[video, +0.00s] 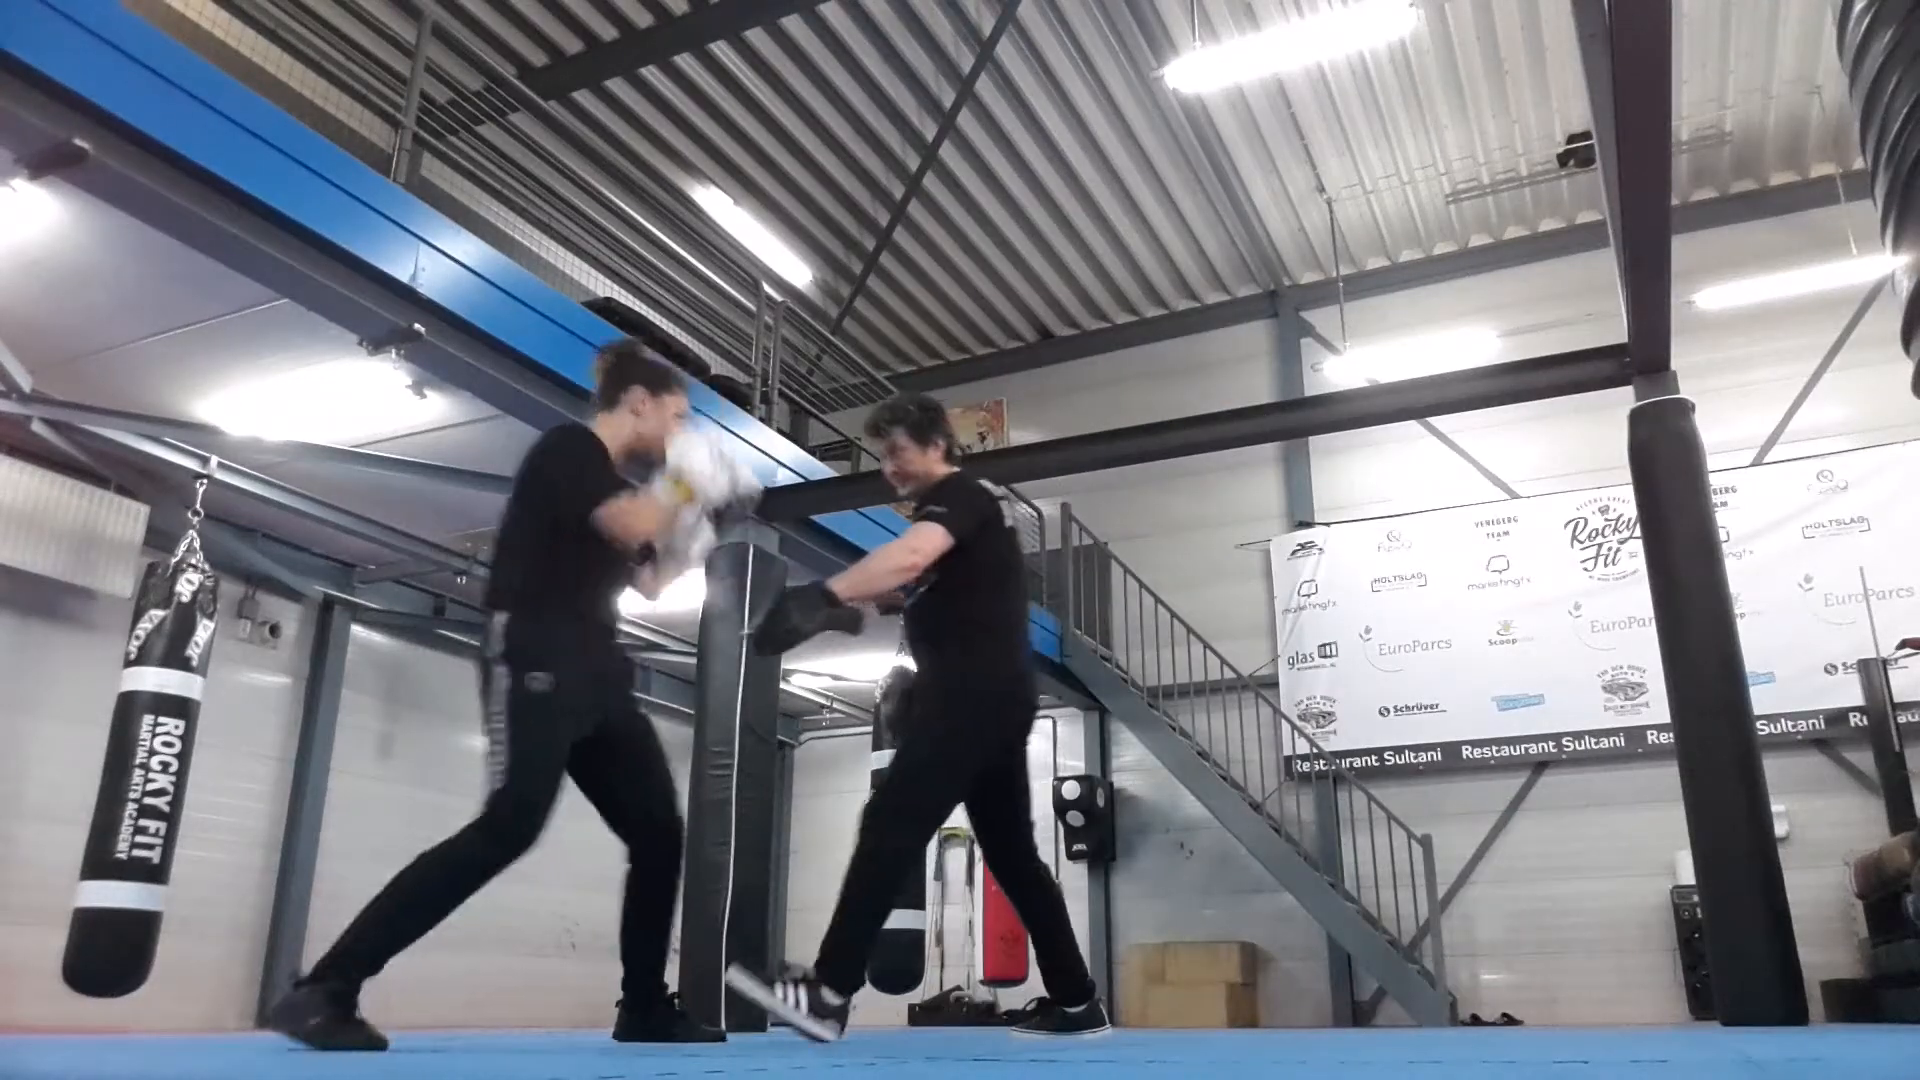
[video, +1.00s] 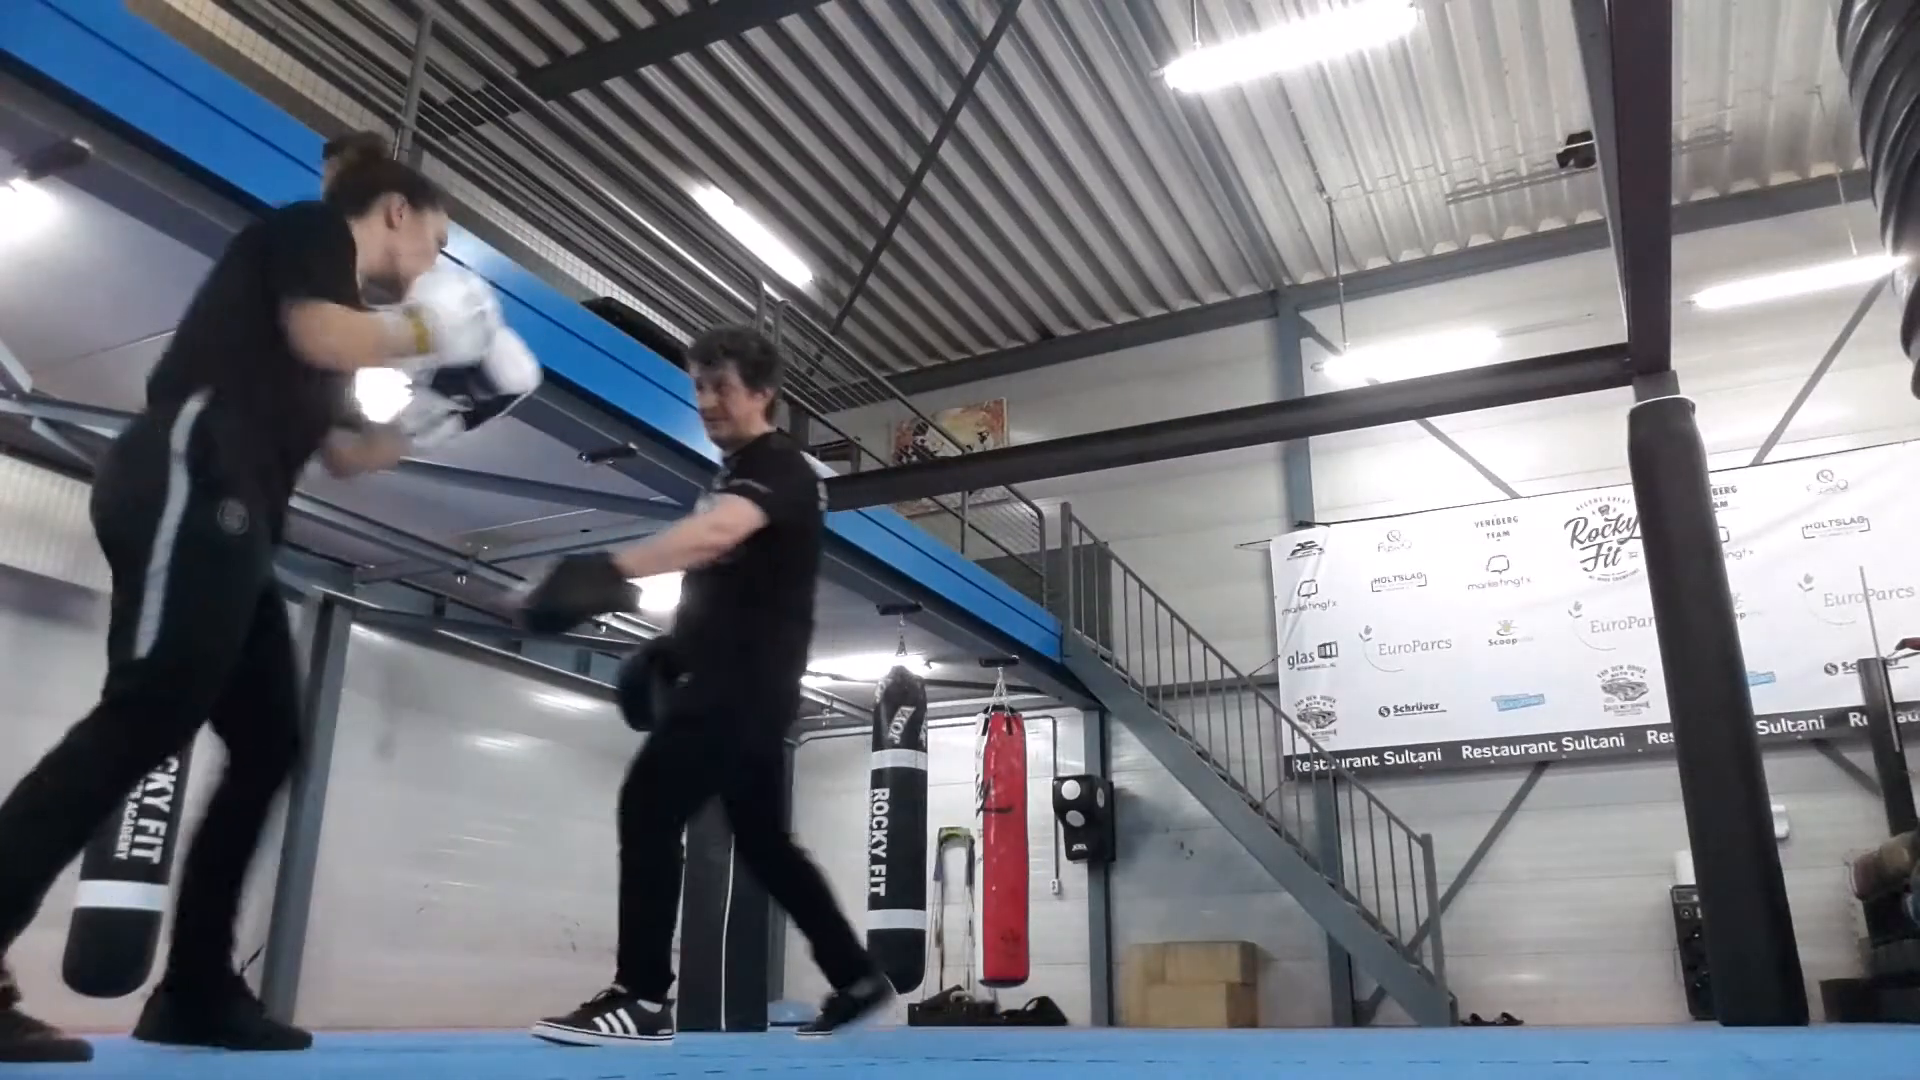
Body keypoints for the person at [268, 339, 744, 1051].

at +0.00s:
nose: (678, 431)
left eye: (682, 419)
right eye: (676, 415)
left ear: (635, 408)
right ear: (637, 401)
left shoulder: (612, 479)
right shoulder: (571, 447)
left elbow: (650, 583)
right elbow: (627, 524)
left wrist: (680, 521)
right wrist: (679, 484)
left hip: (589, 663)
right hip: (534, 655)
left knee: (658, 834)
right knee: (508, 827)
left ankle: (646, 1007)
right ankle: (325, 989)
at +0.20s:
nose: (624, 348)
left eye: (626, 337)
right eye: (621, 333)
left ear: (583, 322)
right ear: (586, 313)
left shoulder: (556, 397)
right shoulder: (524, 346)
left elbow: (603, 503)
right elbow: (602, 418)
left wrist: (668, 441)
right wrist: (646, 385)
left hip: (508, 575)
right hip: (451, 556)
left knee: (571, 762)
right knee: (441, 750)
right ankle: (298, 969)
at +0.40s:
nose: (568, 341)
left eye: (571, 326)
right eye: (565, 321)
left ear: (520, 307)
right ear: (521, 304)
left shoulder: (491, 392)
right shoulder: (450, 344)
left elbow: (481, 528)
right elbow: (494, 442)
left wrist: (586, 506)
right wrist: (567, 414)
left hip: (433, 604)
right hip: (387, 581)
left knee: (468, 812)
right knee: (320, 759)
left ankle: (357, 1002)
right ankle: (88, 946)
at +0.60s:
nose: (516, 319)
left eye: (519, 303)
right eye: (513, 298)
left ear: (467, 284)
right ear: (472, 277)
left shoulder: (426, 362)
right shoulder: (379, 298)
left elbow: (370, 482)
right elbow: (394, 395)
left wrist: (462, 498)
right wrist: (491, 385)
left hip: (350, 584)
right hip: (285, 557)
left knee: (390, 779)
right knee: (208, 750)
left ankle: (361, 985)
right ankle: (16, 970)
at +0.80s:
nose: (477, 241)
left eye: (482, 228)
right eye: (474, 218)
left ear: (432, 214)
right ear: (432, 190)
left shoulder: (397, 294)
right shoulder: (360, 198)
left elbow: (359, 434)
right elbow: (383, 278)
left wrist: (468, 411)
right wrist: (480, 287)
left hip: (296, 486)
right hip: (239, 441)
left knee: (346, 727)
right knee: (187, 681)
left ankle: (243, 959)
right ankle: (4, 935)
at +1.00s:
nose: (426, 267)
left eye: (434, 253)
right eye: (428, 244)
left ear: (383, 220)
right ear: (393, 213)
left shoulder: (327, 310)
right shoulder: (311, 228)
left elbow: (336, 451)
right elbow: (318, 334)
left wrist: (428, 423)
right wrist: (443, 332)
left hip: (230, 513)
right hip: (183, 482)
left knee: (268, 743)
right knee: (146, 716)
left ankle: (196, 991)